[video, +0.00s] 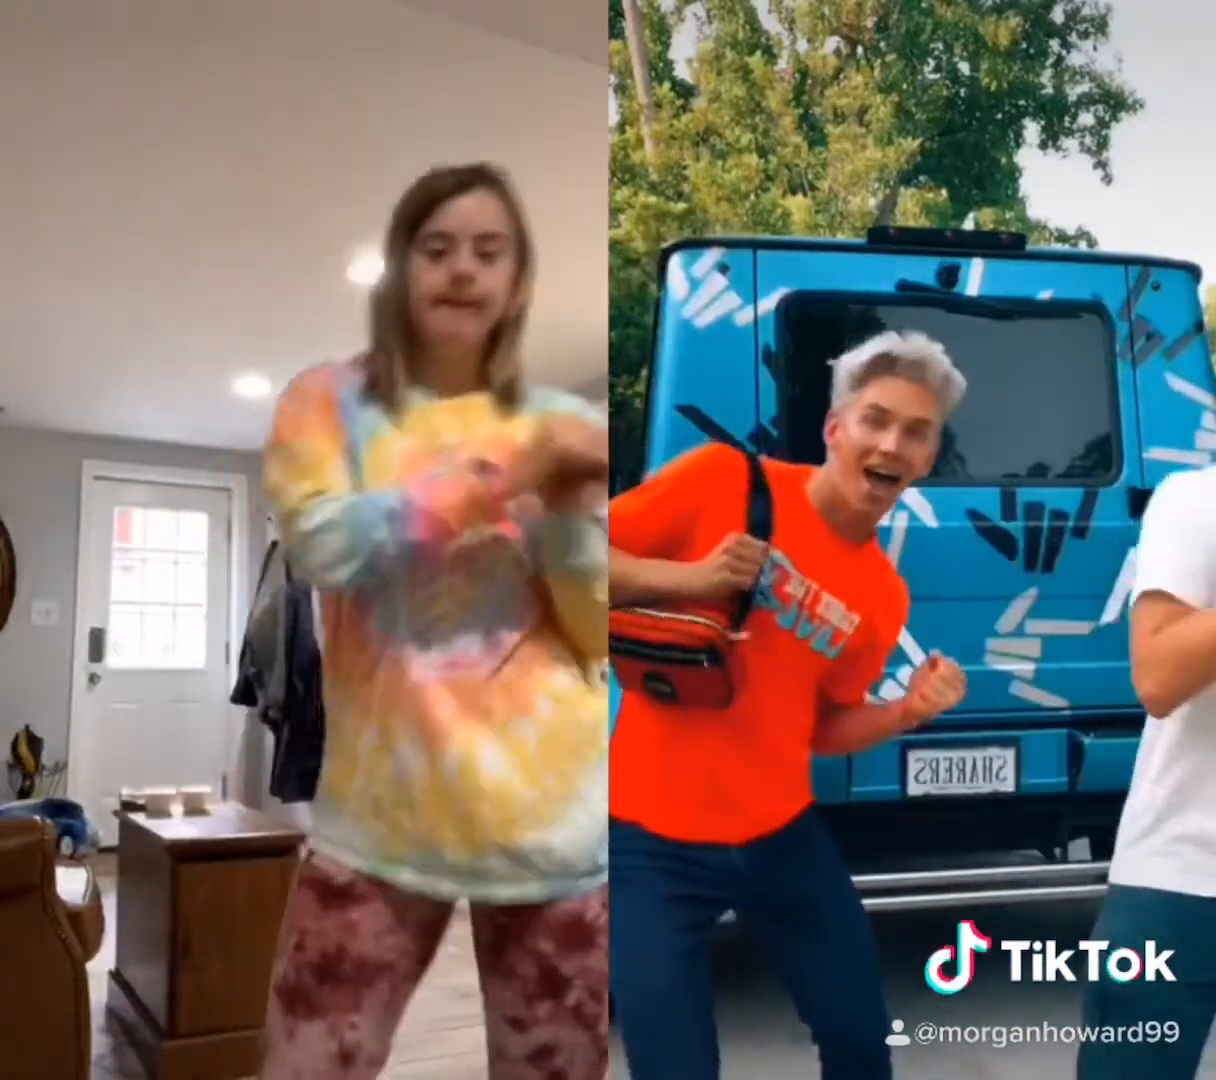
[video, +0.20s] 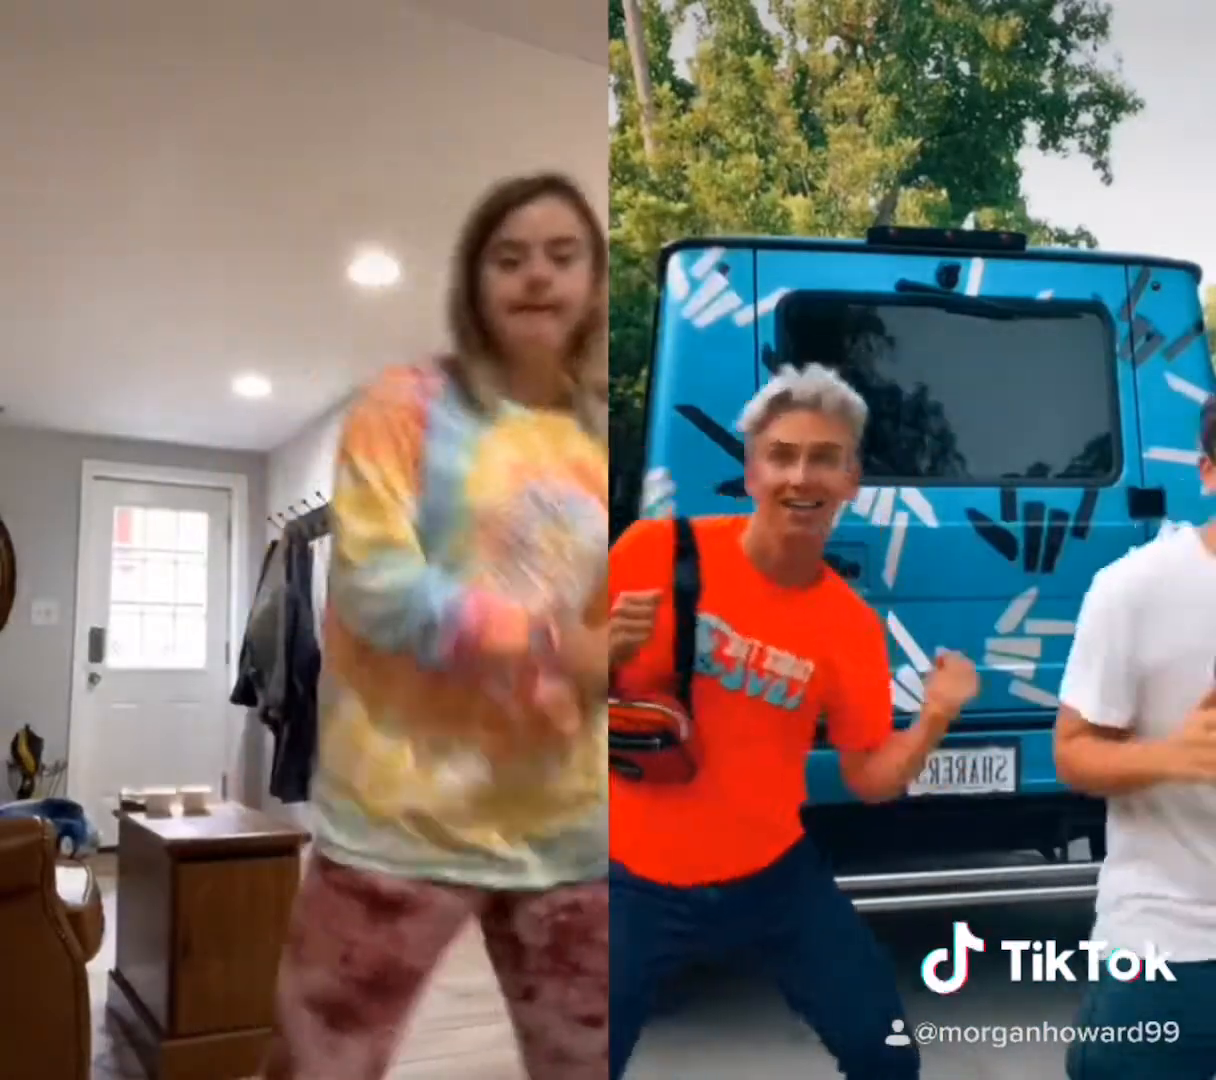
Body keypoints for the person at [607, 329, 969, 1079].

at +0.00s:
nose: (892, 447)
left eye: (916, 432)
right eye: (876, 420)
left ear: (933, 454)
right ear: (833, 428)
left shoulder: (883, 594)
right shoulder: (724, 480)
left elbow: (823, 730)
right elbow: (572, 553)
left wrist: (908, 709)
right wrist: (692, 578)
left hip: (784, 839)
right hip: (654, 837)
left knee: (859, 1037)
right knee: (677, 1067)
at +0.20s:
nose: (802, 478)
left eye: (824, 459)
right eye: (782, 456)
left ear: (853, 480)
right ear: (749, 469)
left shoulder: (849, 625)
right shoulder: (657, 551)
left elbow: (871, 777)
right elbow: (567, 677)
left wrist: (934, 716)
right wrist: (605, 645)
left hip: (774, 874)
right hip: (638, 875)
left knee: (886, 1049)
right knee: (586, 1062)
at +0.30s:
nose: (685, 407)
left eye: (707, 388)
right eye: (665, 388)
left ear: (740, 410)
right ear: (636, 406)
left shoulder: (777, 552)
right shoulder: (583, 512)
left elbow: (851, 700)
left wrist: (838, 596)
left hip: (720, 855)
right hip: (589, 856)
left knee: (822, 1057)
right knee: (574, 1061)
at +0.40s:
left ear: (605, 341)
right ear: (506, 329)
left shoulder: (669, 479)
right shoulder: (479, 473)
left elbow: (751, 633)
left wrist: (690, 549)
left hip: (625, 806)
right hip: (491, 808)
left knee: (731, 1030)